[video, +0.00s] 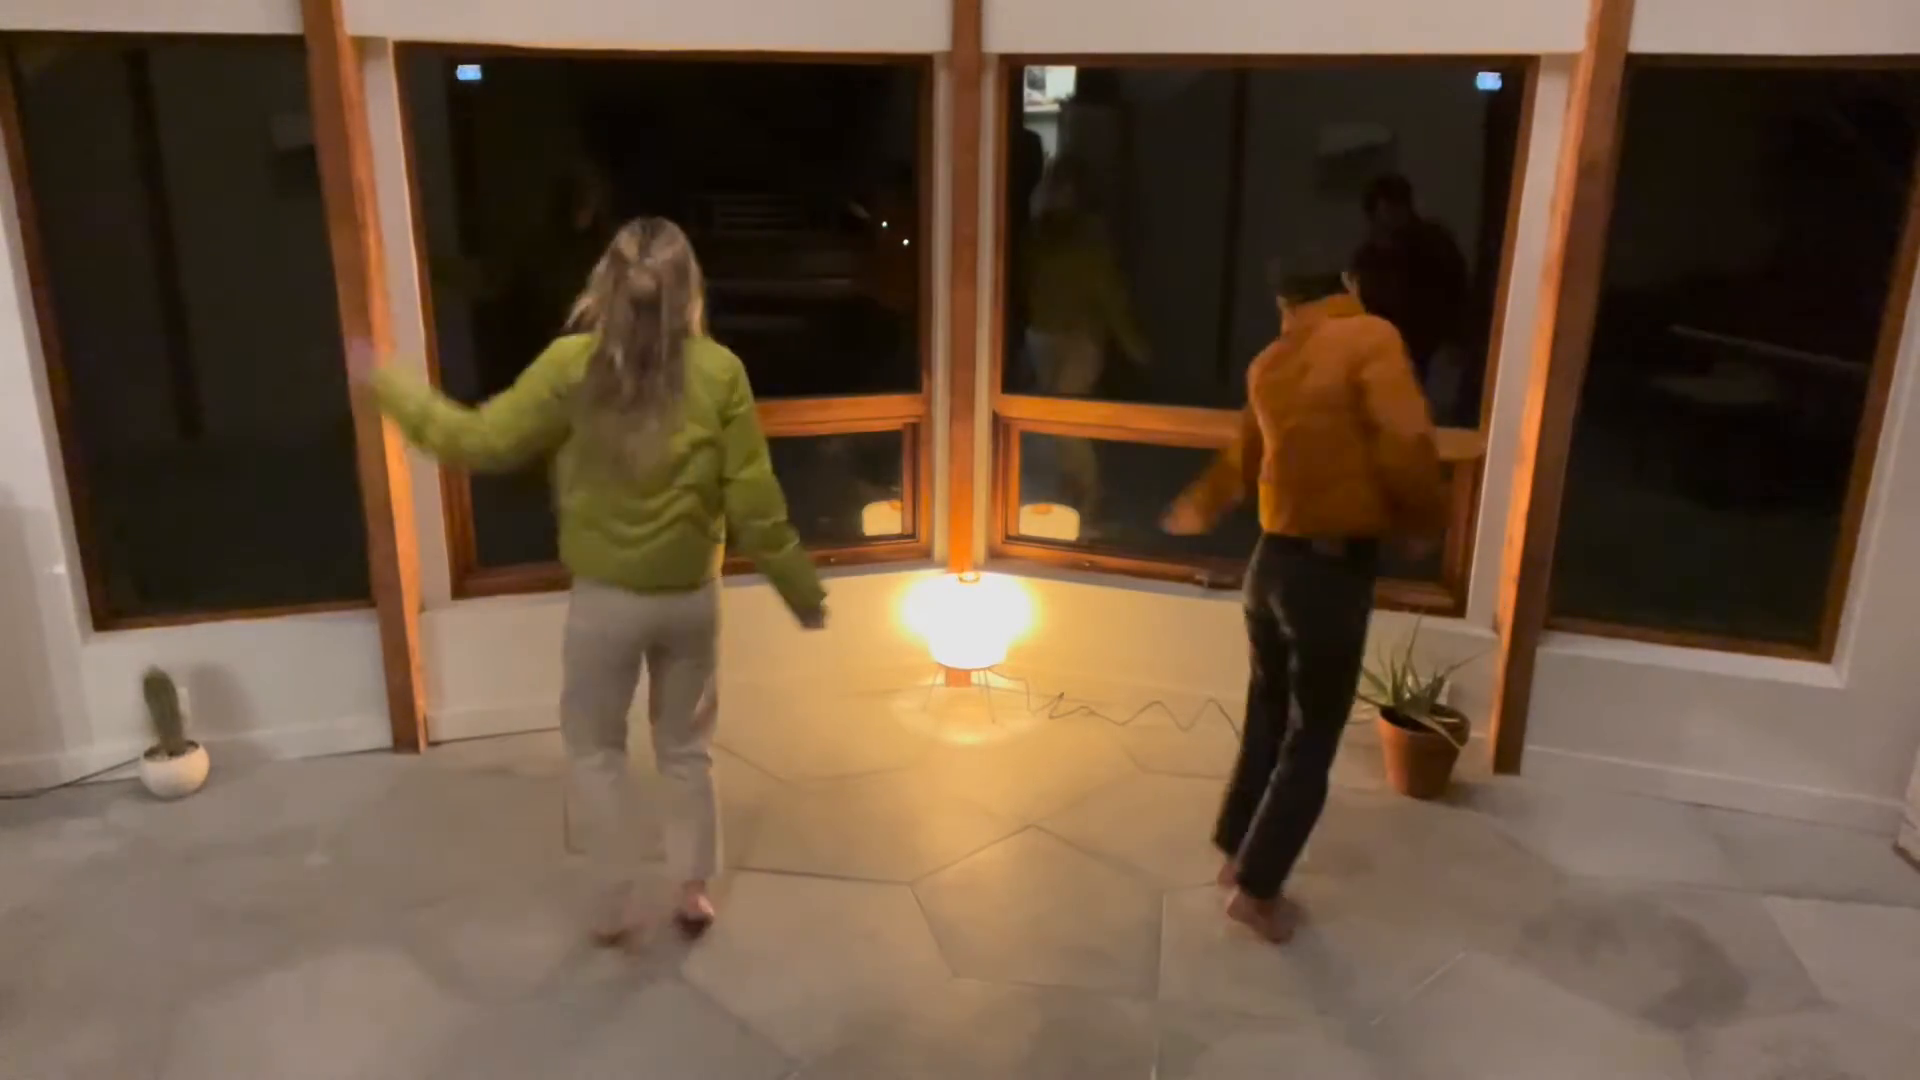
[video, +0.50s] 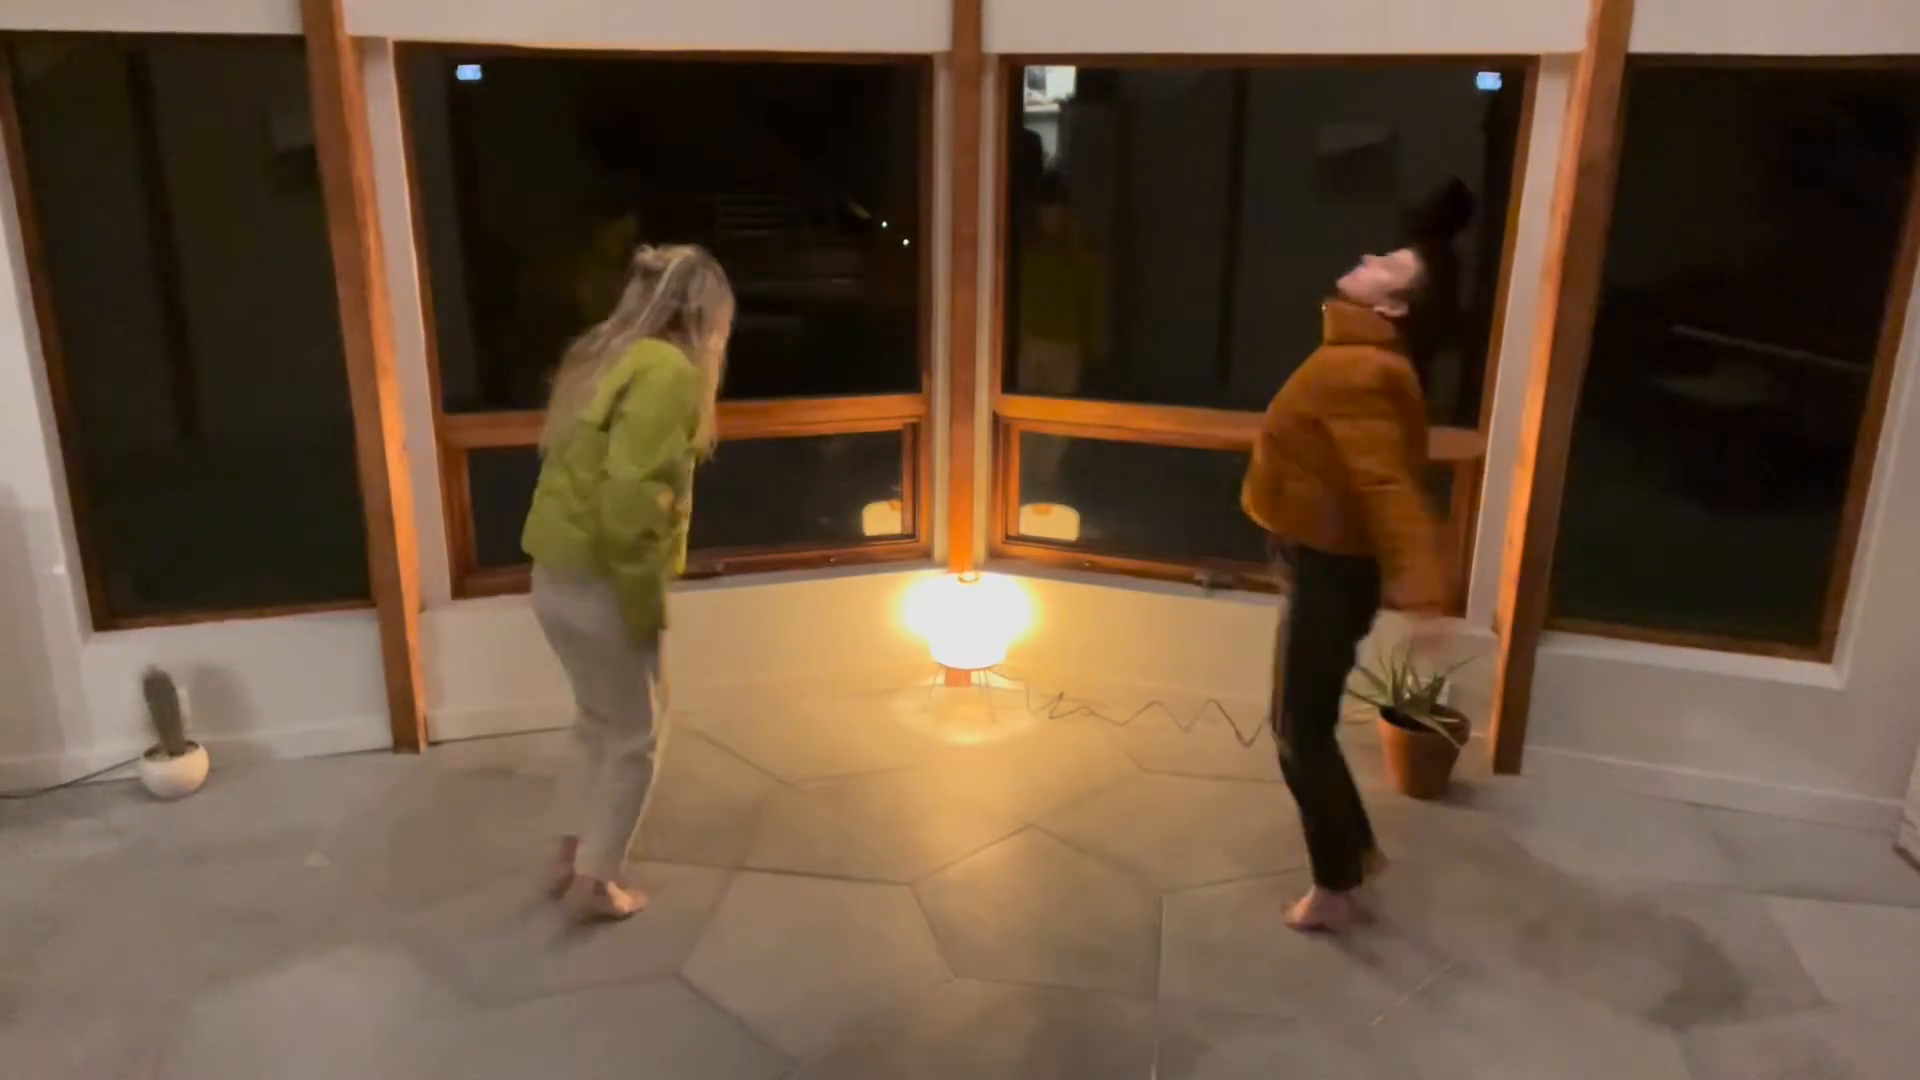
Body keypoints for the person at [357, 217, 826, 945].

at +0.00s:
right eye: (689, 283)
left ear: (606, 287)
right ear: (688, 293)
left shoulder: (570, 366)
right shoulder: (718, 372)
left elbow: (484, 441)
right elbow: (754, 501)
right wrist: (802, 590)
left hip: (606, 606)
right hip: (688, 606)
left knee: (596, 750)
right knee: (685, 749)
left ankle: (618, 899)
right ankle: (693, 887)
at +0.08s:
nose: (702, 303)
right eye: (697, 290)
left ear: (606, 286)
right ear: (688, 297)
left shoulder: (556, 360)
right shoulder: (705, 374)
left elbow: (456, 397)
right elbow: (733, 510)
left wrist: (410, 309)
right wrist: (771, 606)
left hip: (584, 603)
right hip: (670, 605)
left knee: (602, 756)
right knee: (673, 733)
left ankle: (621, 900)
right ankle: (665, 879)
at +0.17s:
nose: (706, 306)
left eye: (704, 294)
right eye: (701, 294)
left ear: (612, 287)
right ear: (685, 298)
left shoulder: (560, 353)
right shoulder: (697, 374)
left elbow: (467, 375)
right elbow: (716, 512)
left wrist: (446, 285)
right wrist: (750, 615)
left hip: (576, 598)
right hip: (661, 601)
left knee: (592, 745)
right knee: (665, 736)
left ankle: (611, 889)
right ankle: (645, 885)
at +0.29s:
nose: (711, 312)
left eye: (710, 300)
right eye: (707, 300)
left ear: (619, 287)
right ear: (687, 301)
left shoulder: (568, 348)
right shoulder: (680, 374)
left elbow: (508, 362)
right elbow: (683, 507)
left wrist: (525, 302)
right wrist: (710, 616)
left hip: (557, 587)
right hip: (634, 594)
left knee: (578, 738)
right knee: (662, 739)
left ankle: (553, 880)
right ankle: (635, 884)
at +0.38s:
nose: (714, 322)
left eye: (714, 309)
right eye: (711, 309)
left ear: (625, 294)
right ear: (688, 307)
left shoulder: (575, 349)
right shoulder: (673, 373)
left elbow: (528, 374)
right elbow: (667, 510)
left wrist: (564, 322)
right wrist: (689, 617)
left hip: (549, 589)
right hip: (621, 595)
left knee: (575, 738)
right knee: (660, 733)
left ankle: (555, 878)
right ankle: (616, 877)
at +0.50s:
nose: (724, 339)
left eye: (725, 325)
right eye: (722, 324)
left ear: (649, 302)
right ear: (699, 316)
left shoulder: (604, 354)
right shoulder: (668, 369)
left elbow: (566, 467)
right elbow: (632, 498)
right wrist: (648, 612)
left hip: (555, 578)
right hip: (599, 584)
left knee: (600, 724)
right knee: (633, 737)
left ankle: (583, 851)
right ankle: (596, 880)